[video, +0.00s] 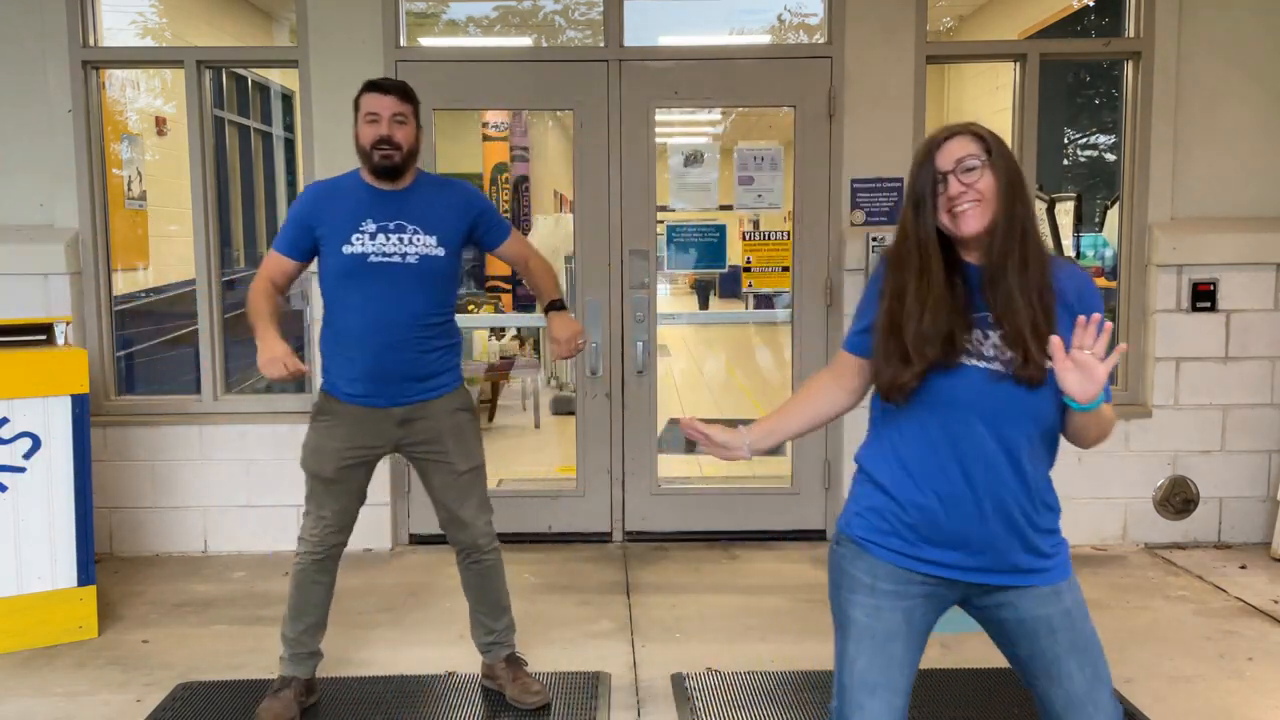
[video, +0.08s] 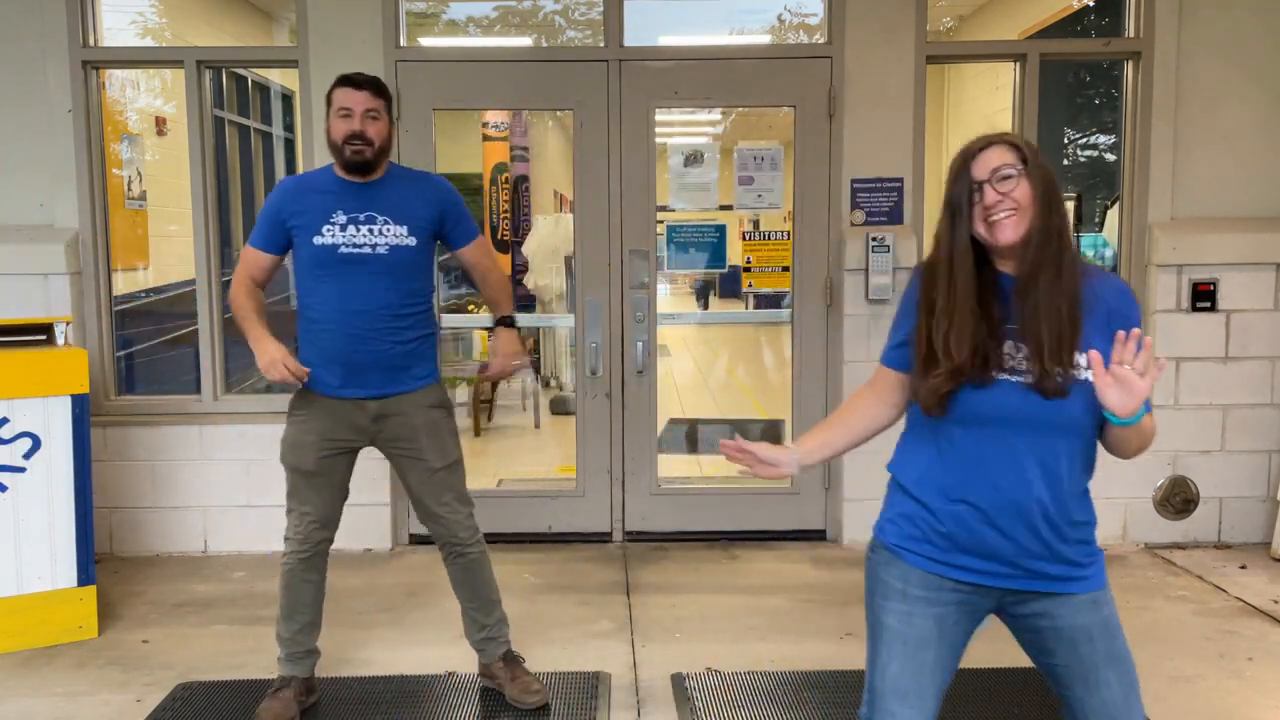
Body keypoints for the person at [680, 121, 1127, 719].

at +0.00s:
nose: (954, 187)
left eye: (969, 169)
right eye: (938, 180)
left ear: (1005, 177)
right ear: (928, 204)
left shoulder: (1066, 288)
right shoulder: (904, 273)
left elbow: (1090, 434)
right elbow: (844, 378)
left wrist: (1085, 401)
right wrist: (750, 438)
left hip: (1021, 551)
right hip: (890, 547)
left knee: (1090, 710)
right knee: (868, 711)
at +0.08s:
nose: (990, 195)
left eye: (1005, 177)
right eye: (974, 189)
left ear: (1041, 186)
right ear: (964, 213)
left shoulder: (1104, 298)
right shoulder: (937, 284)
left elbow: (1129, 445)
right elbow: (887, 390)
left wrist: (1126, 416)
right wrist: (797, 455)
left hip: (1058, 562)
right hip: (926, 555)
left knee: (1119, 713)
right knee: (897, 711)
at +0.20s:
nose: (1033, 191)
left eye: (1048, 174)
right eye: (1016, 185)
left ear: (1084, 186)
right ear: (1003, 209)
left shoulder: (1151, 295)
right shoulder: (977, 289)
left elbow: (1183, 415)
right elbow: (939, 402)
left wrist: (1192, 440)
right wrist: (855, 456)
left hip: (1109, 559)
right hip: (974, 548)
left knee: (1147, 713)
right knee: (929, 712)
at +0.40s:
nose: (1069, 184)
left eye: (1088, 169)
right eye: (1055, 176)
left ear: (1124, 184)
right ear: (1041, 204)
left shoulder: (1191, 287)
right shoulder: (1019, 286)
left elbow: (1272, 409)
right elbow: (979, 402)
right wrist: (899, 373)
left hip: (1151, 553)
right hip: (1019, 539)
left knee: (1164, 712)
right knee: (976, 707)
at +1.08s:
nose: (1006, 172)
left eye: (1021, 151)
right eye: (992, 168)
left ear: (1067, 153)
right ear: (988, 193)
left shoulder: (1157, 258)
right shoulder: (977, 275)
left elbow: (1206, 385)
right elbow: (928, 395)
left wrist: (1270, 397)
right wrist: (832, 426)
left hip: (1139, 542)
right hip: (1002, 532)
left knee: (1150, 710)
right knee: (963, 708)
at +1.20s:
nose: (967, 173)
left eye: (983, 152)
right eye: (953, 169)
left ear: (1031, 153)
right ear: (951, 195)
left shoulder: (1125, 257)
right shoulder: (946, 275)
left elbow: (1164, 396)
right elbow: (900, 406)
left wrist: (1200, 360)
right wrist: (798, 455)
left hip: (1100, 544)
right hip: (969, 535)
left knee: (1138, 711)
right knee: (934, 709)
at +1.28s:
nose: (949, 186)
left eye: (964, 167)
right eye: (933, 184)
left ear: (1005, 174)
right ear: (927, 215)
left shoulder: (1084, 278)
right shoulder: (912, 299)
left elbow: (1125, 419)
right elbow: (870, 429)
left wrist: (1145, 379)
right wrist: (773, 478)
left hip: (1067, 563)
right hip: (937, 562)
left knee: (1123, 712)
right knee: (912, 713)